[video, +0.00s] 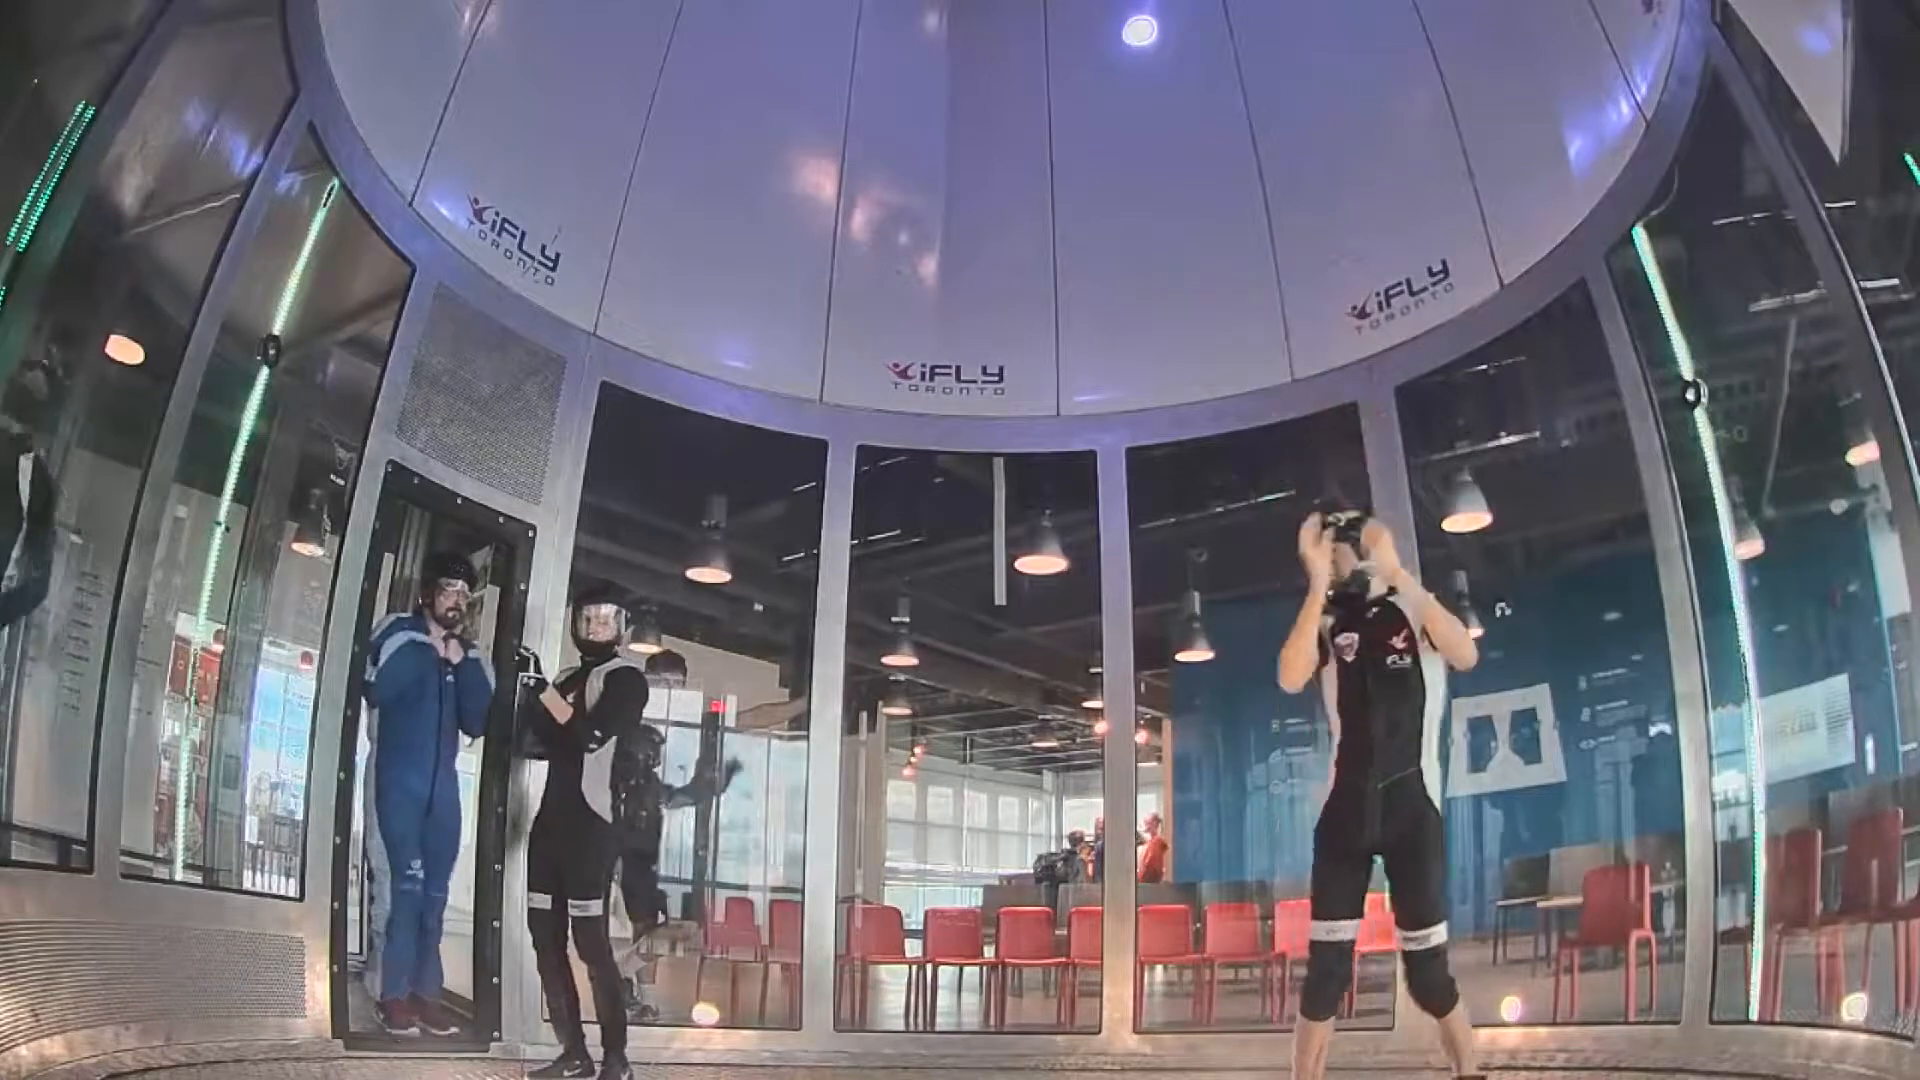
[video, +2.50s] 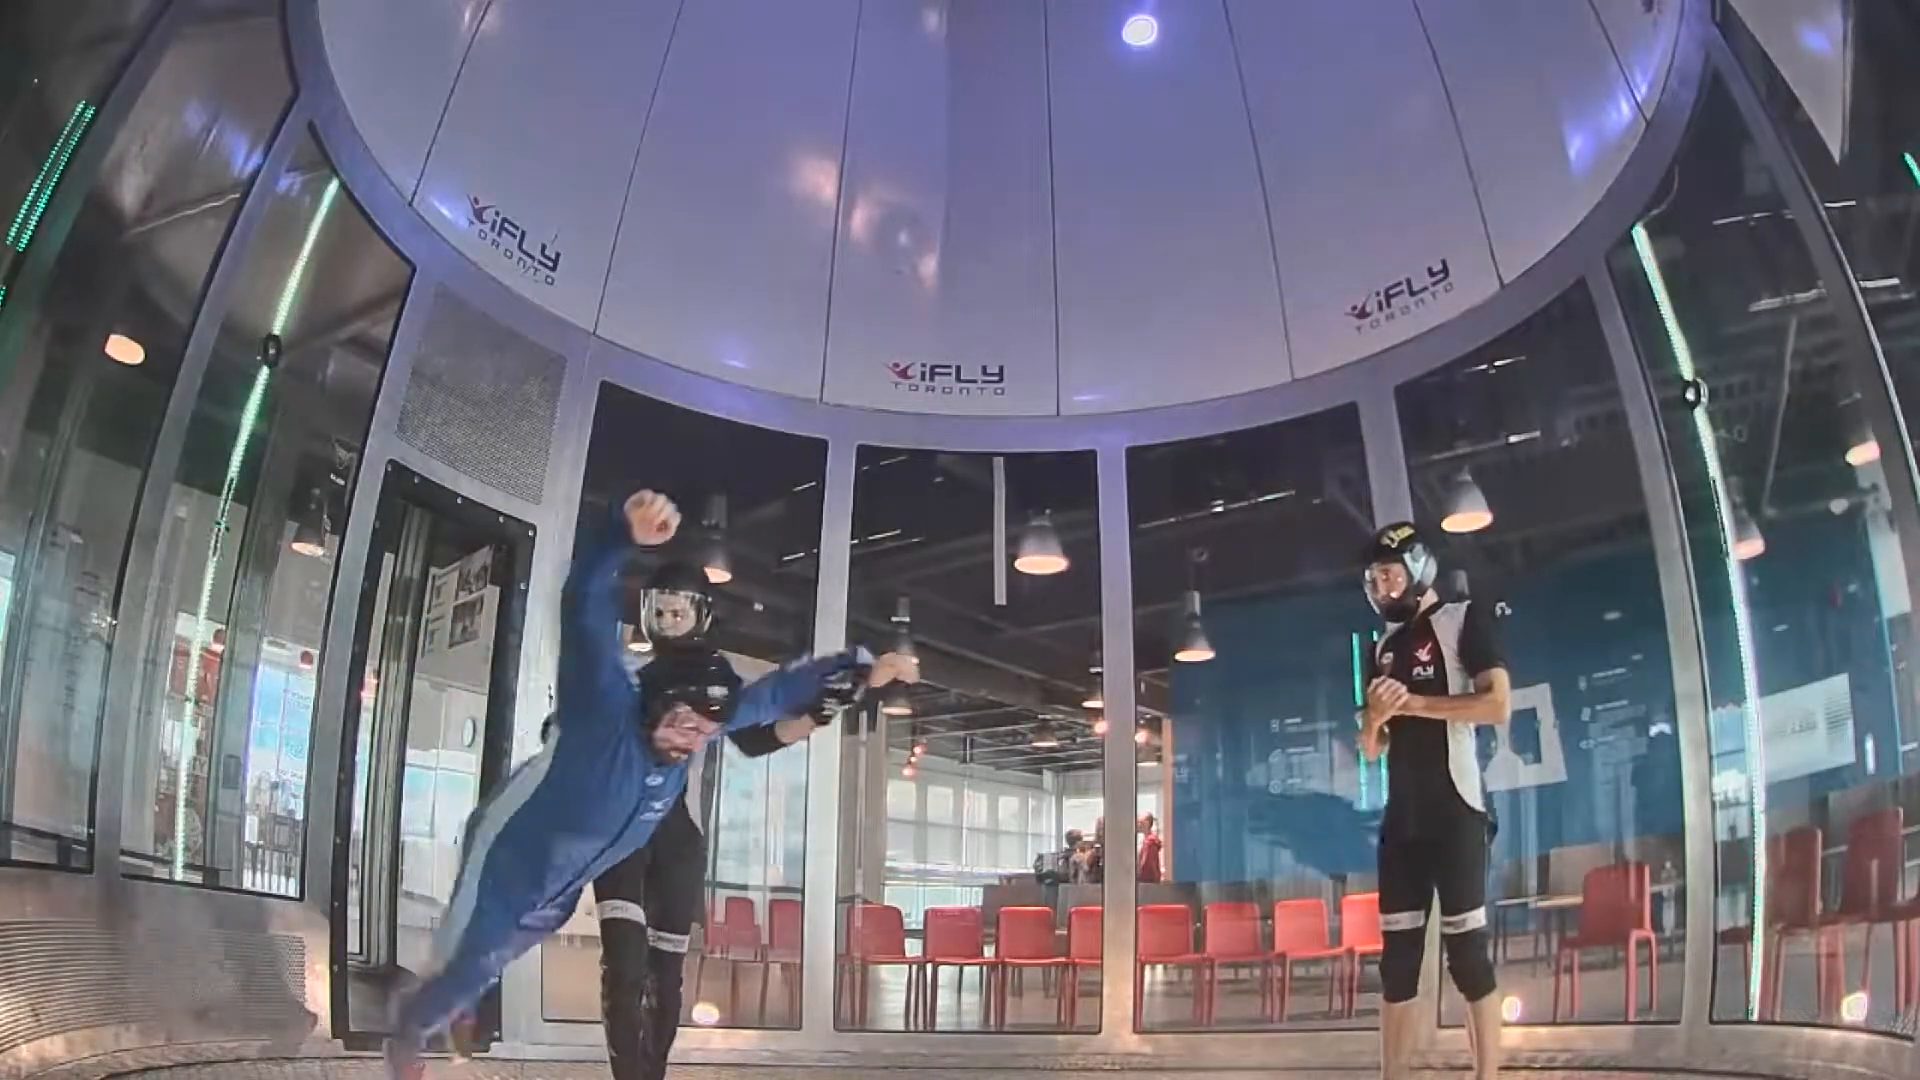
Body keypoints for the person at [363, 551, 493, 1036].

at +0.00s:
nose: (454, 601)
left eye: (462, 595)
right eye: (447, 591)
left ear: (468, 603)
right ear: (427, 593)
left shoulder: (468, 650)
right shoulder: (399, 632)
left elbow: (476, 722)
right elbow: (379, 691)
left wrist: (462, 662)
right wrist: (426, 647)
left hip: (444, 781)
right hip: (399, 777)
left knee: (436, 890)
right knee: (409, 884)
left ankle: (425, 996)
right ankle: (394, 997)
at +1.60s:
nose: (516, 624)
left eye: (527, 616)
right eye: (509, 610)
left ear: (533, 622)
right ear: (487, 606)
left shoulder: (525, 663)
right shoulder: (457, 653)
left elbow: (564, 720)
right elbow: (432, 720)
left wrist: (533, 684)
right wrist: (488, 678)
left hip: (489, 808)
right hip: (438, 800)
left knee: (470, 912)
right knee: (450, 899)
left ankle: (430, 1018)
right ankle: (404, 1021)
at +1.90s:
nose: (558, 657)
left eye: (569, 649)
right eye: (550, 642)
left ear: (577, 653)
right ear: (525, 635)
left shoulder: (567, 691)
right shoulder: (492, 676)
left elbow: (622, 735)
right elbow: (452, 726)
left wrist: (596, 731)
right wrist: (539, 715)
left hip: (504, 833)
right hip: (447, 823)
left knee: (487, 951)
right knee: (449, 935)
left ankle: (427, 1012)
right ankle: (401, 1051)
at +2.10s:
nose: (600, 683)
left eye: (605, 674)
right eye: (592, 668)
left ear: (606, 676)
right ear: (559, 660)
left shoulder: (586, 711)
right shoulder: (508, 690)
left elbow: (634, 722)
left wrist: (690, 733)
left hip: (520, 861)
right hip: (460, 846)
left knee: (495, 974)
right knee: (471, 968)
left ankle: (422, 1034)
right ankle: (405, 1032)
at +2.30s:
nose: (618, 722)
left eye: (630, 714)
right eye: (609, 707)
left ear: (640, 719)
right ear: (583, 698)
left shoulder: (629, 744)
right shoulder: (540, 721)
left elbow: (700, 722)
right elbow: (508, 645)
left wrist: (768, 705)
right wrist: (574, 617)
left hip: (535, 899)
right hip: (477, 876)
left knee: (488, 1014)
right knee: (478, 1008)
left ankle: (420, 1044)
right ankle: (407, 1037)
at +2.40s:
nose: (663, 745)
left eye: (675, 733)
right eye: (653, 728)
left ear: (684, 728)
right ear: (624, 709)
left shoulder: (675, 735)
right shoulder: (579, 718)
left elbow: (748, 706)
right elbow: (555, 624)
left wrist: (826, 670)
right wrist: (590, 554)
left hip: (548, 896)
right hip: (493, 875)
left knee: (480, 1002)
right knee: (465, 1005)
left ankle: (423, 1049)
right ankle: (408, 1053)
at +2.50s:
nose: (694, 738)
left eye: (706, 728)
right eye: (686, 719)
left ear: (714, 726)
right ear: (656, 699)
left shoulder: (696, 735)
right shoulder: (604, 704)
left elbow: (774, 697)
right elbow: (587, 612)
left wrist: (859, 668)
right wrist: (622, 536)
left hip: (558, 891)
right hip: (502, 862)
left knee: (484, 970)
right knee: (461, 970)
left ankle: (419, 1025)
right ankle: (407, 1034)